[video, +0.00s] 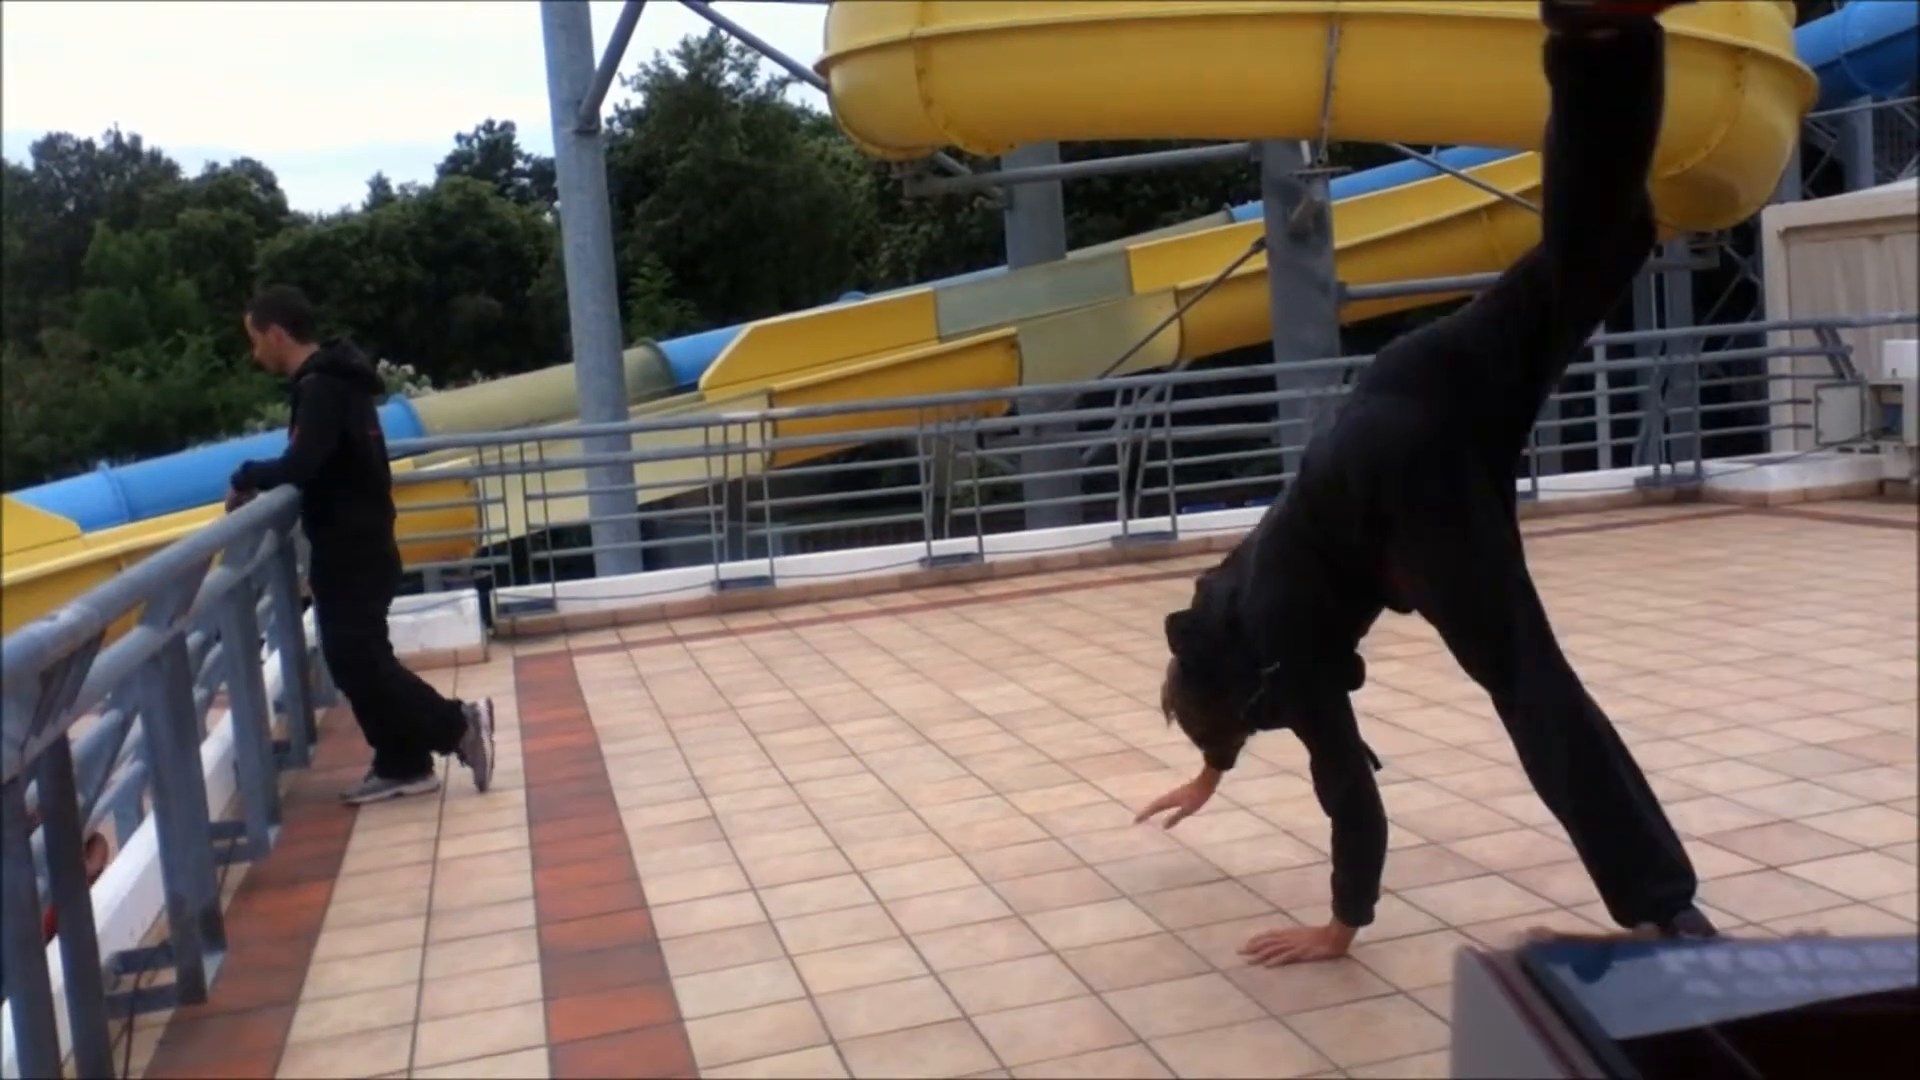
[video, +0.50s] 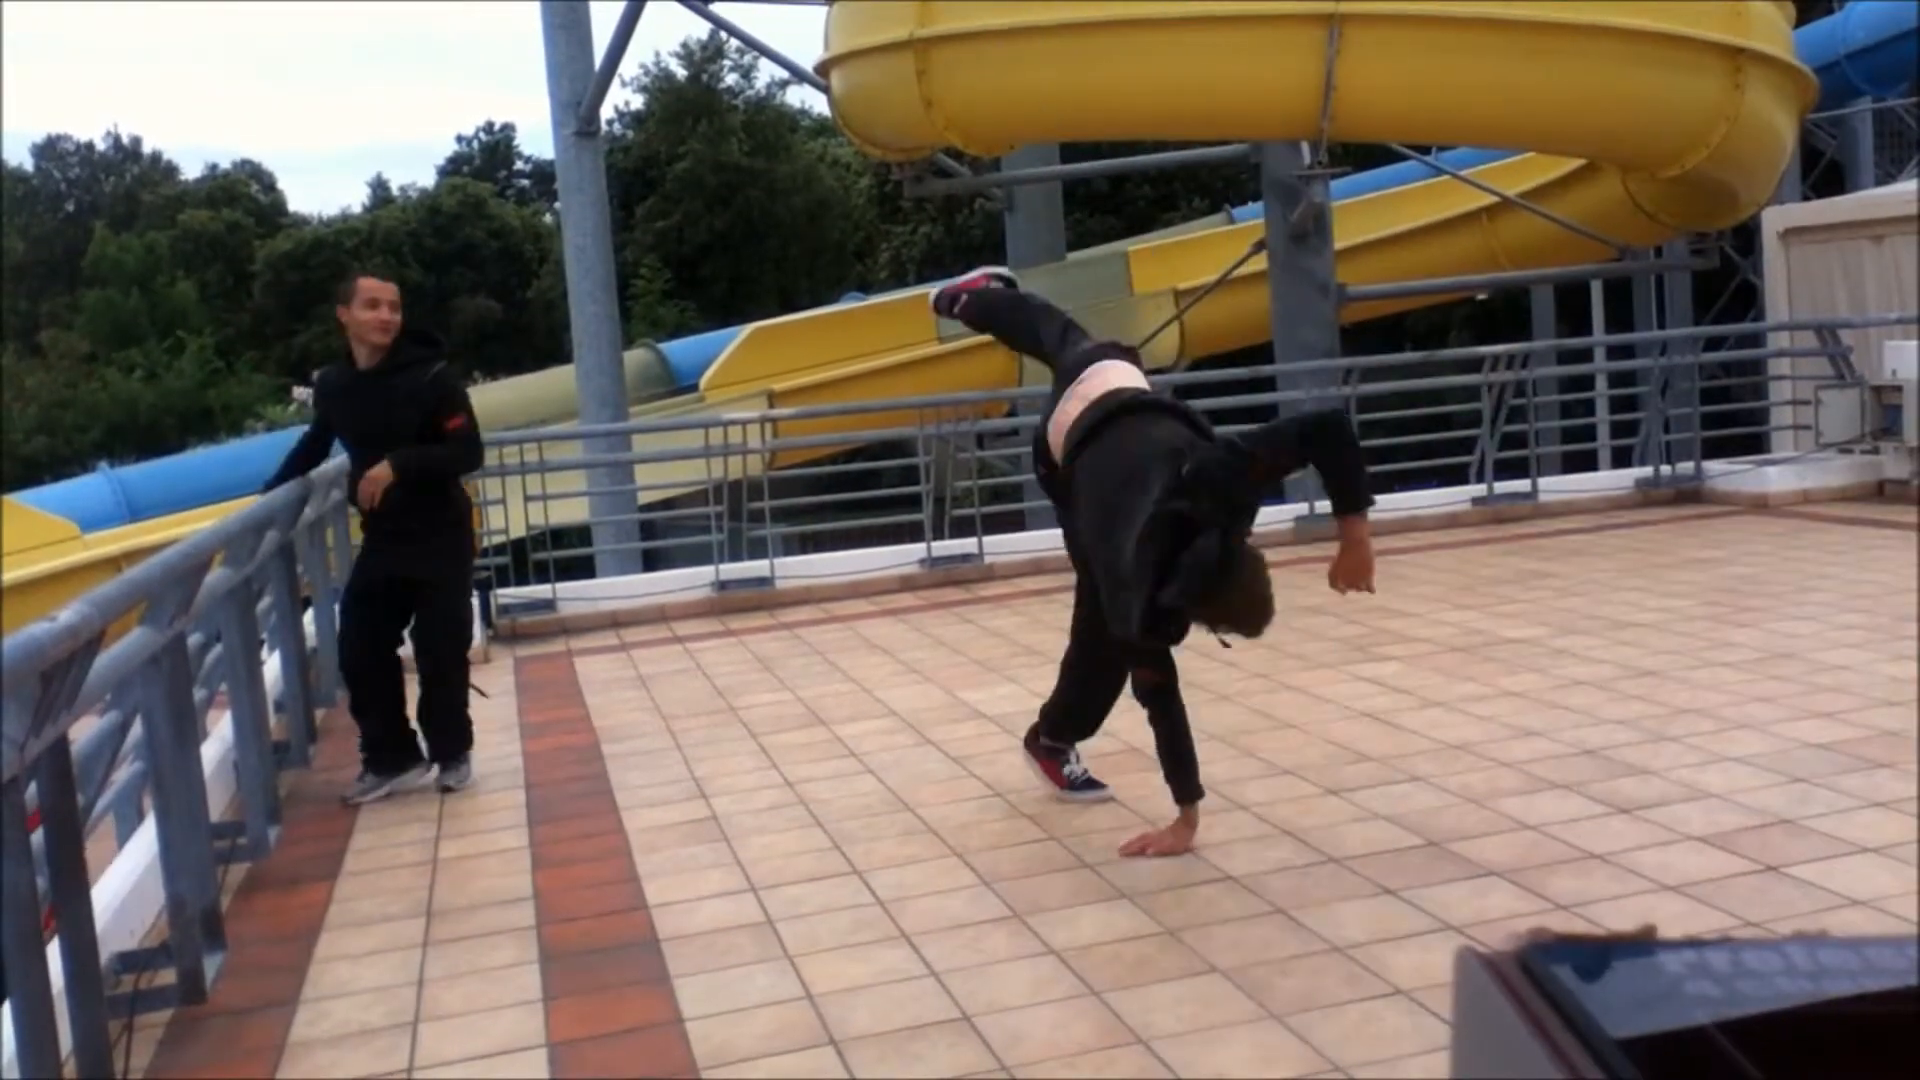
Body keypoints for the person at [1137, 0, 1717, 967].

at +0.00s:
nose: (1210, 737)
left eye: (1207, 729)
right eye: (1196, 728)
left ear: (1222, 698)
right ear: (1213, 660)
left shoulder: (1292, 662)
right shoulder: (1238, 595)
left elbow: (1352, 796)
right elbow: (1230, 689)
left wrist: (1344, 926)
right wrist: (1210, 773)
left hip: (1406, 480)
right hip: (1425, 376)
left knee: (1531, 687)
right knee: (1588, 252)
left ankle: (1665, 909)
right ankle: (1607, 20)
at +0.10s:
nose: (1211, 785)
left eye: (1215, 771)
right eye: (1192, 778)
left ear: (1236, 730)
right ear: (1165, 709)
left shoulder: (1282, 682)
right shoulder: (1186, 655)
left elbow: (1352, 806)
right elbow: (1196, 723)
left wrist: (1342, 926)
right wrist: (1180, 803)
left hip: (1329, 430)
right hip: (1323, 357)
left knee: (1469, 564)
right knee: (1363, 126)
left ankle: (1529, 569)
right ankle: (1246, 2)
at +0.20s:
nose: (1206, 816)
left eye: (1218, 807)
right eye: (1187, 810)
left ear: (1244, 758)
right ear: (1167, 756)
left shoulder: (1278, 688)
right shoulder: (1165, 698)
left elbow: (1363, 799)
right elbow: (1206, 762)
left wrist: (1343, 922)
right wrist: (1193, 824)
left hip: (1279, 414)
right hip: (1214, 399)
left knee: (1431, 353)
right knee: (1217, 189)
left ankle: (1350, 216)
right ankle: (1065, 54)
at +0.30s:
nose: (1249, 783)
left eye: (1256, 777)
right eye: (1232, 779)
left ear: (1276, 723)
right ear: (1194, 741)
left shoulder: (1287, 656)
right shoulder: (1168, 699)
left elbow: (1360, 768)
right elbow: (1176, 753)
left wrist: (1331, 910)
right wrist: (1191, 825)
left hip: (1212, 402)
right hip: (1145, 436)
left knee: (1275, 181)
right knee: (1134, 338)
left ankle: (1153, 39)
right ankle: (1039, 255)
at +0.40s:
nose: (1261, 708)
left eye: (1269, 699)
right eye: (1246, 707)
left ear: (1274, 642)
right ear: (1202, 684)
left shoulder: (1268, 578)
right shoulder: (1157, 649)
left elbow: (1369, 644)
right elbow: (1171, 727)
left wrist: (1347, 763)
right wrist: (1191, 820)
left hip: (1161, 368)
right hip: (1096, 423)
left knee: (1120, 177)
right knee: (1093, 537)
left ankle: (1016, 45)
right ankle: (1058, 603)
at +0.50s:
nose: (1242, 631)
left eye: (1251, 620)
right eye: (1233, 627)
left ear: (1257, 559)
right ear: (1206, 613)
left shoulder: (1225, 480)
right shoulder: (1142, 604)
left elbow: (1328, 427)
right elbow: (1162, 703)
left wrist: (1356, 536)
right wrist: (1187, 815)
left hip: (1115, 382)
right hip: (1059, 442)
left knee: (1057, 334)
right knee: (1104, 619)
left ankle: (963, 298)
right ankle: (1052, 740)